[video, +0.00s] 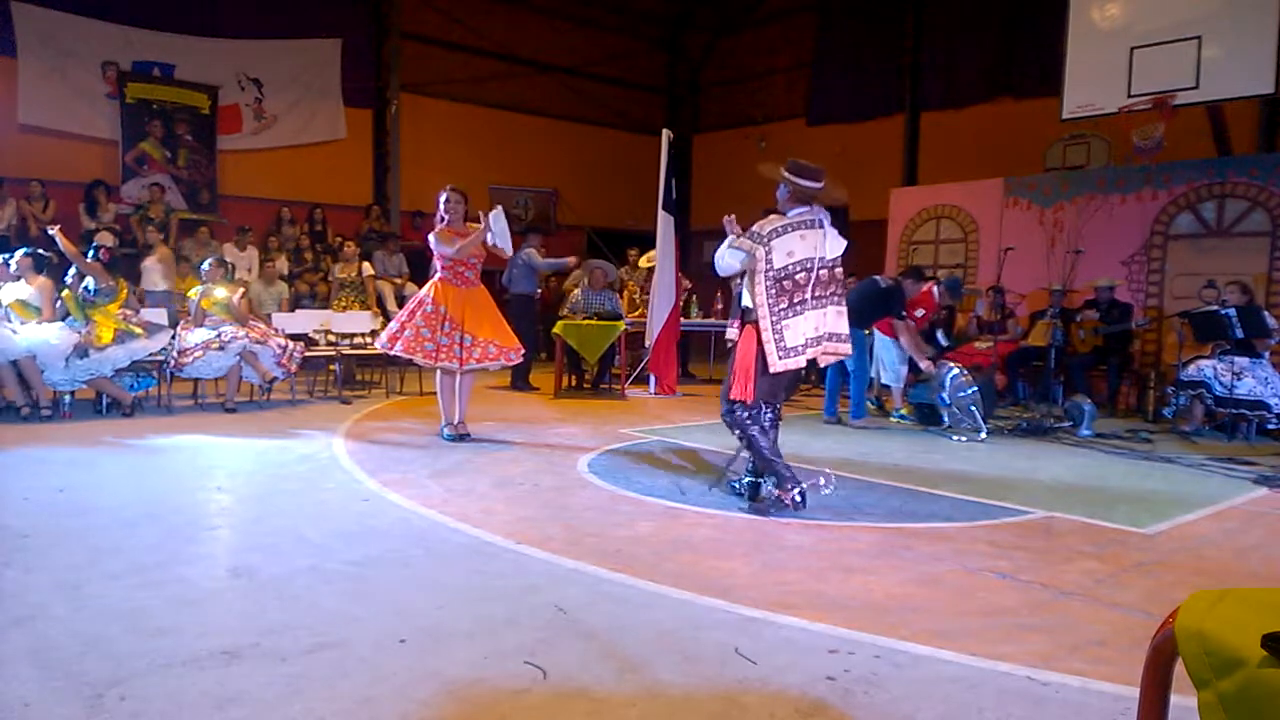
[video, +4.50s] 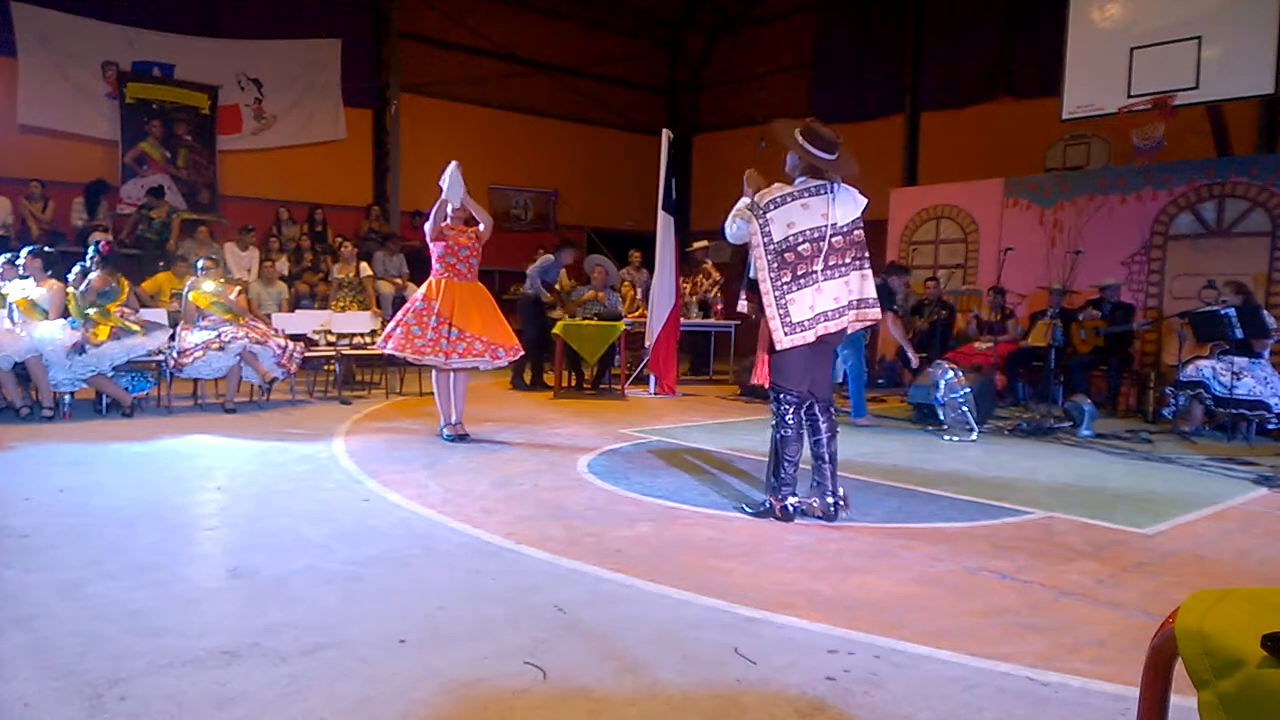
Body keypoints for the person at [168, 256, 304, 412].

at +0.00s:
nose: (205, 271)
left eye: (210, 268)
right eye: (205, 268)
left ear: (222, 271)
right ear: (202, 272)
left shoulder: (237, 291)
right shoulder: (197, 293)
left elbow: (244, 320)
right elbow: (197, 323)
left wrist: (231, 304)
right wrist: (201, 299)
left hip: (233, 327)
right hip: (207, 328)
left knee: (236, 355)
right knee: (236, 339)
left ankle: (230, 399)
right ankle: (264, 374)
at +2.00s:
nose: (210, 273)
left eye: (214, 269)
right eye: (206, 269)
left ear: (223, 270)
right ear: (201, 273)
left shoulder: (236, 289)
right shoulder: (197, 293)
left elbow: (245, 317)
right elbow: (196, 321)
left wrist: (233, 303)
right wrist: (201, 299)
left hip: (233, 328)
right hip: (207, 330)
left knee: (236, 357)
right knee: (238, 342)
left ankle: (230, 400)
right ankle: (264, 374)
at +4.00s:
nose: (205, 273)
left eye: (210, 269)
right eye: (202, 270)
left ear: (220, 270)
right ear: (198, 273)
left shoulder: (234, 288)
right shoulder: (196, 292)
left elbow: (245, 313)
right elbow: (191, 319)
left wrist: (227, 299)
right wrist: (189, 293)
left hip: (233, 327)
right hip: (207, 329)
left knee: (236, 357)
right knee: (238, 341)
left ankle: (229, 400)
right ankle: (264, 374)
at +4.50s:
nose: (204, 273)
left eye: (209, 269)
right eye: (201, 270)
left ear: (219, 270)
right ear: (197, 273)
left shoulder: (234, 289)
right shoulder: (195, 292)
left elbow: (244, 312)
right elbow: (190, 319)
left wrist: (225, 299)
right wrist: (189, 292)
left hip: (233, 327)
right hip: (206, 329)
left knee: (237, 356)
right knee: (238, 341)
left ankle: (229, 400)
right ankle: (264, 374)